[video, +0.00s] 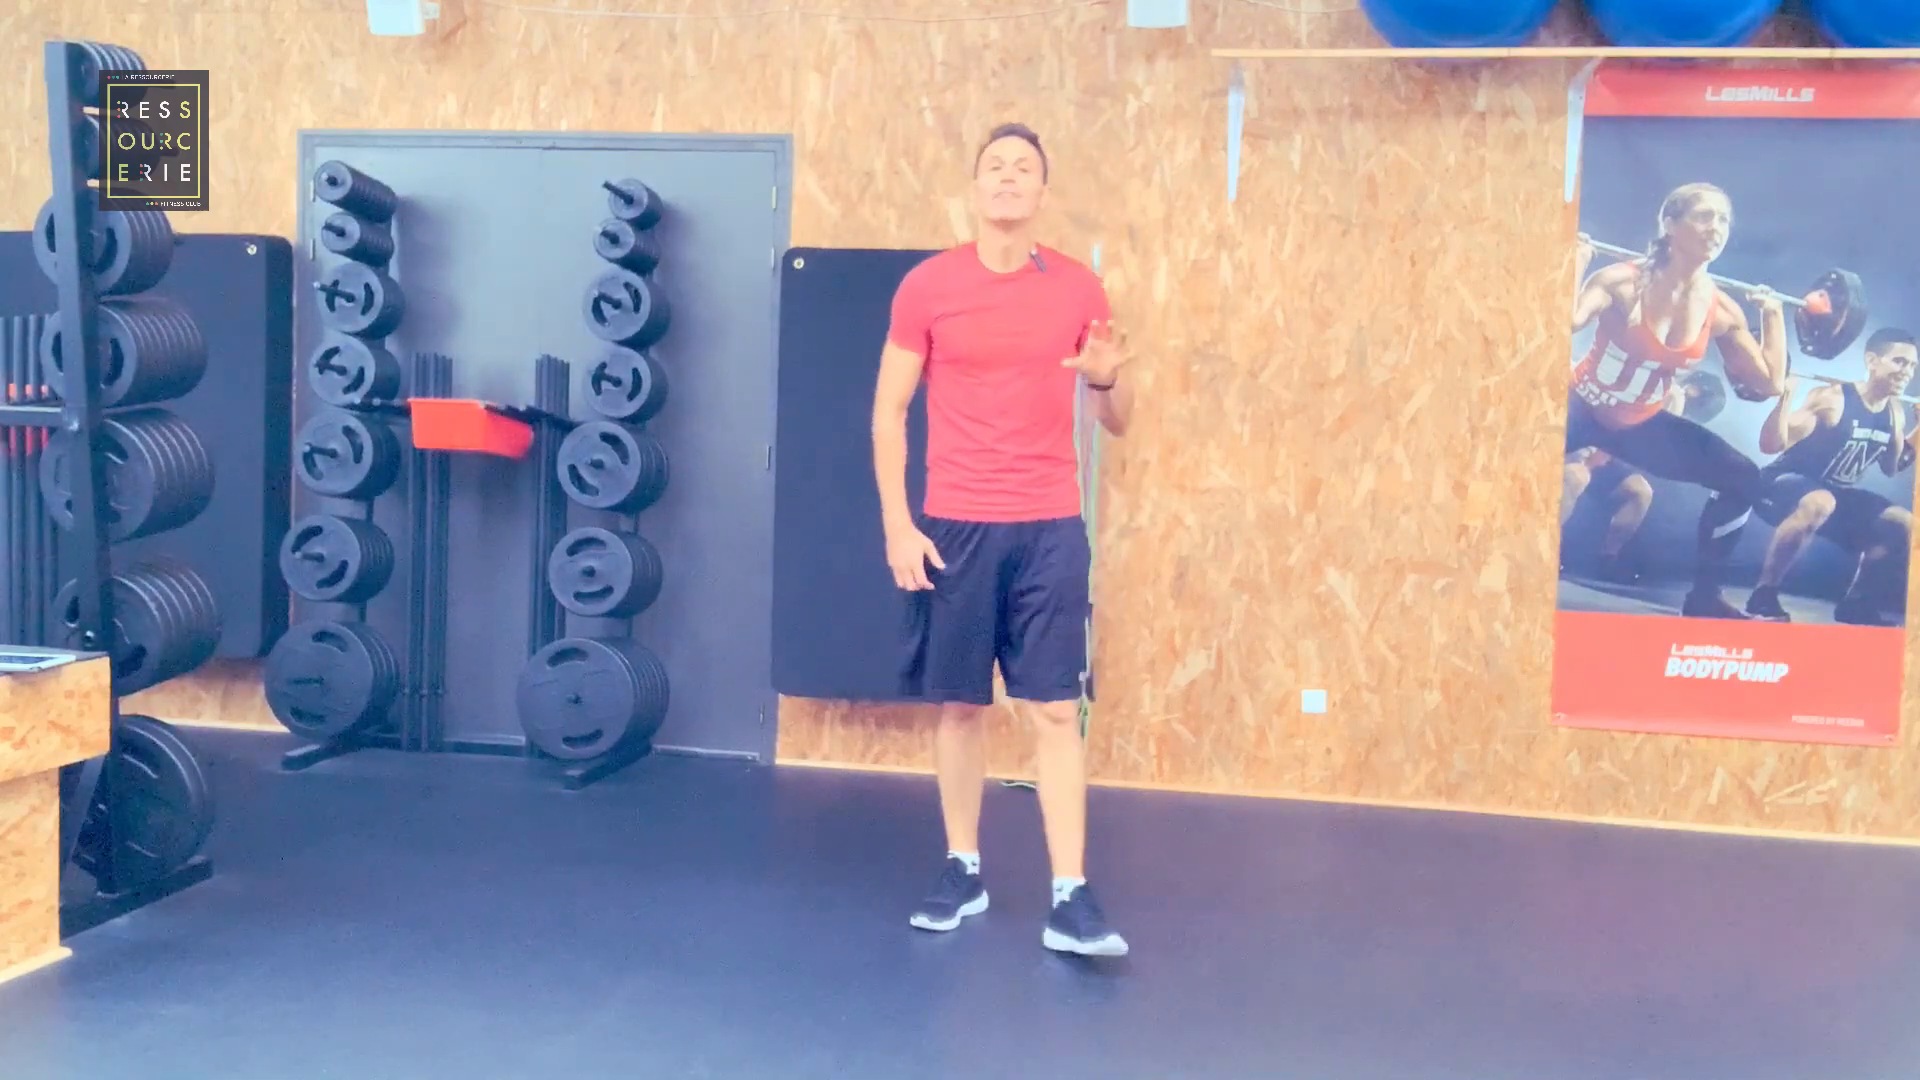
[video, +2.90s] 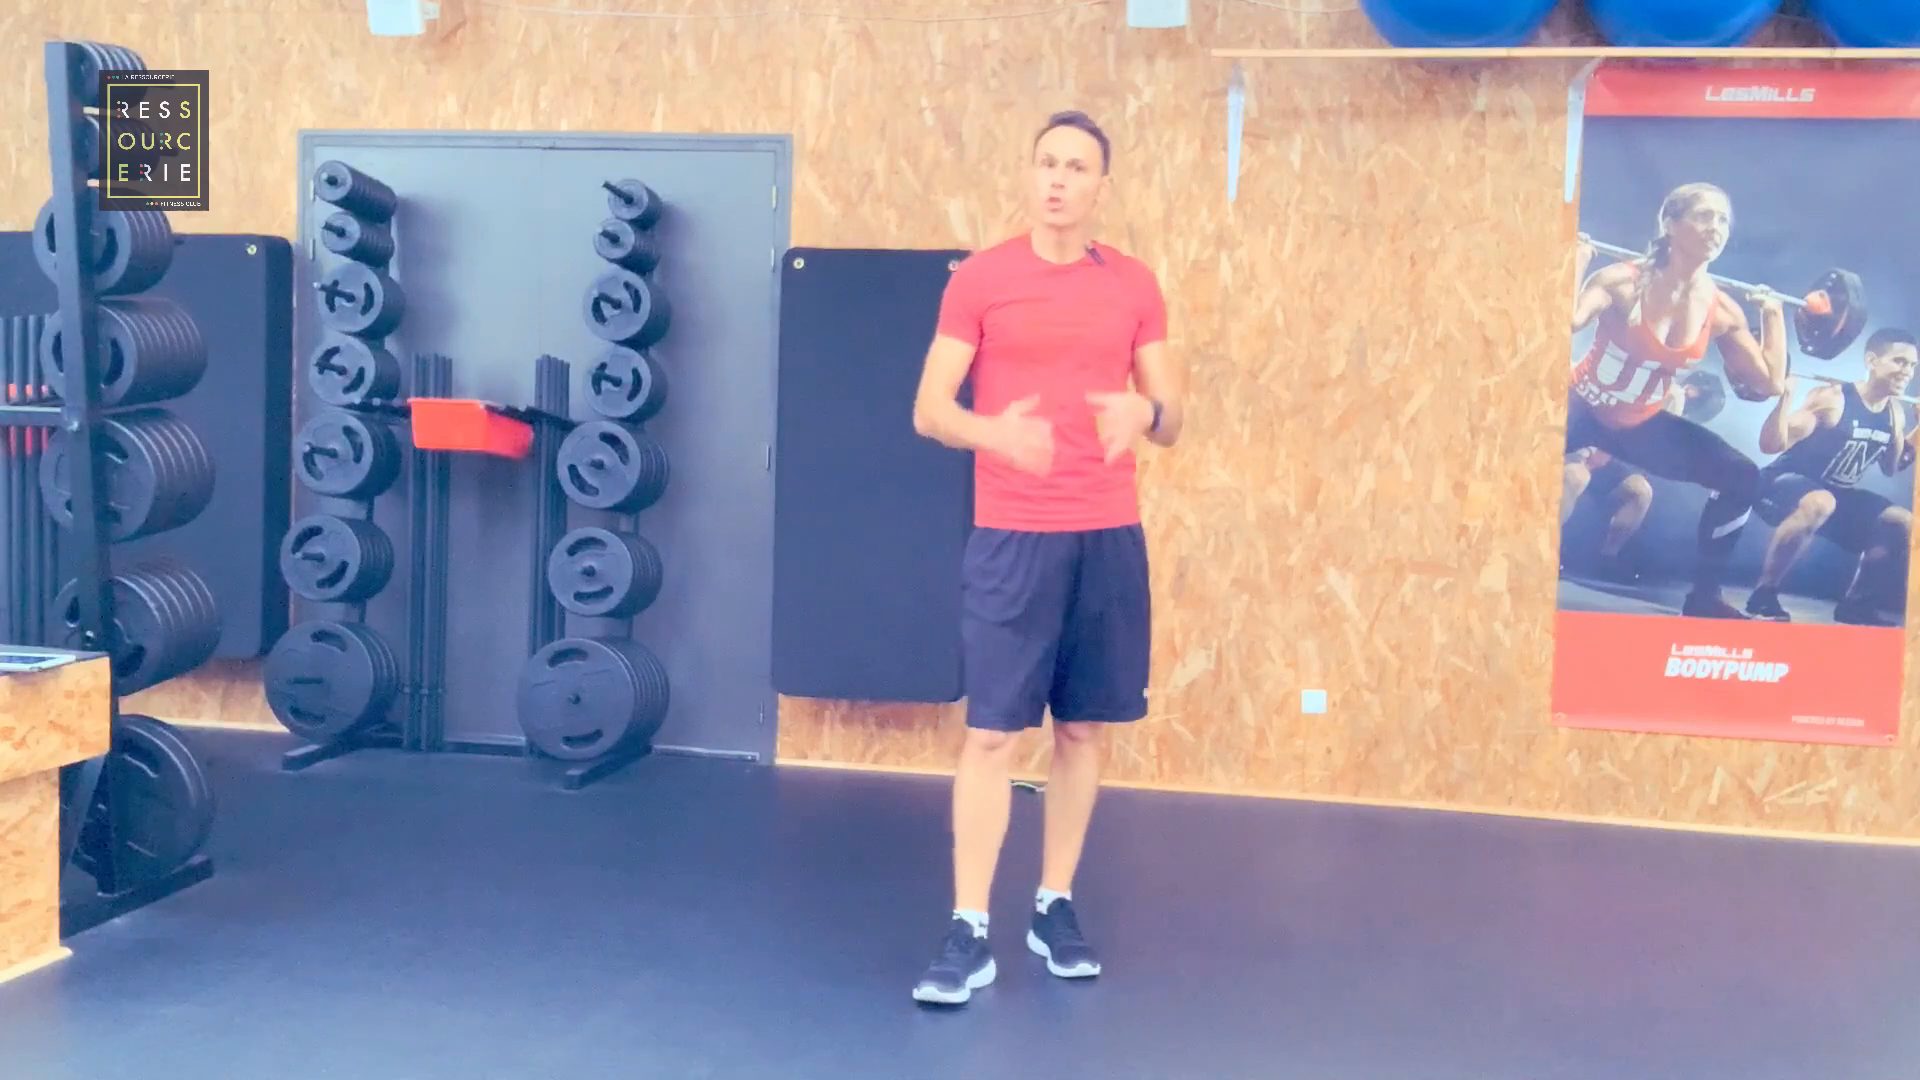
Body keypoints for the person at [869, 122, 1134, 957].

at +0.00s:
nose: (1007, 180)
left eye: (1023, 170)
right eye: (995, 168)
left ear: (1045, 192)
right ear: (971, 188)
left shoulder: (1077, 285)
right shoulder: (928, 285)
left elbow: (1115, 420)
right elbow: (888, 413)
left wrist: (1104, 378)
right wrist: (898, 524)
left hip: (1049, 525)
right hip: (955, 526)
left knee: (1056, 707)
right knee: (961, 704)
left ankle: (1070, 897)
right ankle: (961, 873)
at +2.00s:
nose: (1001, 170)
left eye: (1018, 155)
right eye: (987, 152)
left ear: (1043, 170)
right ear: (963, 163)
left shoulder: (1079, 269)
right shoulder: (916, 273)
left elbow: (1123, 400)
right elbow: (880, 412)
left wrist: (1101, 426)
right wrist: (882, 538)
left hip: (1056, 533)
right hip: (951, 533)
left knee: (1062, 743)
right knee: (958, 741)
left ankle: (1073, 890)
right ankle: (965, 932)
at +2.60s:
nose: (1040, 162)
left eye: (1057, 150)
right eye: (1027, 148)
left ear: (1085, 171)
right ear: (1005, 167)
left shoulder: (1121, 273)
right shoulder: (960, 270)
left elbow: (1161, 403)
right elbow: (901, 401)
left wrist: (1137, 413)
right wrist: (966, 426)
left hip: (1096, 529)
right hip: (995, 527)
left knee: (1073, 734)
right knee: (984, 733)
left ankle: (1052, 906)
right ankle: (968, 933)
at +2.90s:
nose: (1060, 180)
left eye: (1078, 168)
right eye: (1049, 164)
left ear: (1103, 185)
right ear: (1028, 176)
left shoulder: (1133, 283)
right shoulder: (979, 277)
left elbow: (1170, 418)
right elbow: (930, 410)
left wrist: (1144, 410)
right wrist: (993, 431)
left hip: (1107, 535)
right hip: (1010, 535)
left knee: (1081, 731)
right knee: (991, 734)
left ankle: (1055, 908)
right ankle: (967, 931)